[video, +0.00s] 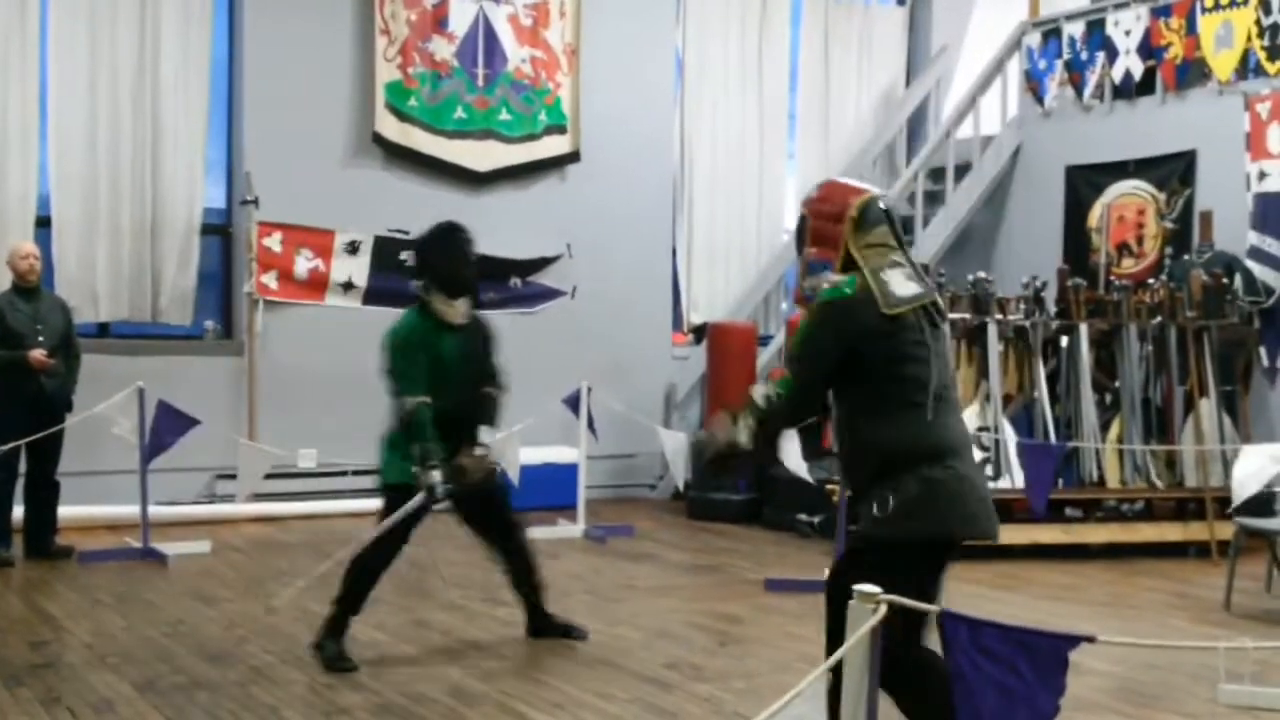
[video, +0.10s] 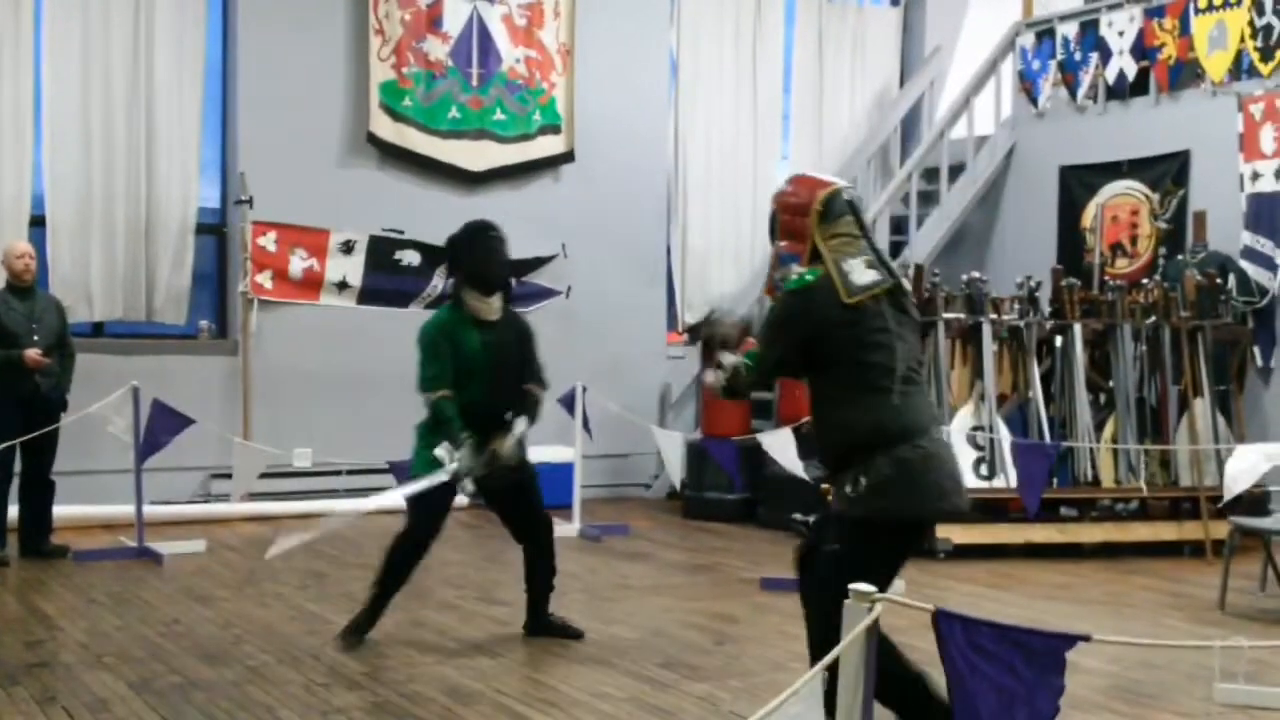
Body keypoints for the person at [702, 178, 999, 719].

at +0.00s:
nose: (806, 251)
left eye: (812, 238)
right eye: (806, 238)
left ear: (835, 240)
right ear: (873, 234)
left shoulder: (843, 303)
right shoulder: (912, 293)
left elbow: (798, 392)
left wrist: (748, 423)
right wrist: (769, 401)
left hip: (905, 501)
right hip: (947, 494)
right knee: (896, 644)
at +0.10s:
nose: (779, 245)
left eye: (784, 232)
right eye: (779, 232)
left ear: (803, 232)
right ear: (840, 225)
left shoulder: (807, 295)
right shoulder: (884, 282)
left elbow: (758, 371)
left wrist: (730, 377)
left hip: (883, 480)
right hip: (924, 470)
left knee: (832, 596)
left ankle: (929, 709)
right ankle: (842, 704)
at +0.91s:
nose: (759, 270)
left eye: (764, 261)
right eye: (761, 261)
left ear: (780, 259)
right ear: (811, 262)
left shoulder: (784, 307)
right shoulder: (828, 316)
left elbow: (722, 371)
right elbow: (767, 401)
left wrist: (681, 364)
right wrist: (697, 370)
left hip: (804, 480)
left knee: (778, 597)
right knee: (743, 553)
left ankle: (867, 702)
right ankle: (773, 674)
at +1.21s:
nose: (801, 244)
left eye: (811, 233)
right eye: (805, 232)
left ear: (831, 241)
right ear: (851, 242)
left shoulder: (840, 308)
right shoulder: (857, 305)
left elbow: (784, 372)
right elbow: (805, 367)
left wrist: (723, 353)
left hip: (841, 486)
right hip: (855, 482)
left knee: (776, 602)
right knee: (802, 594)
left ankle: (811, 696)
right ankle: (808, 685)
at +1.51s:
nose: (875, 254)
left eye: (884, 241)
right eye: (878, 240)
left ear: (907, 247)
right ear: (946, 243)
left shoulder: (909, 312)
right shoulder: (975, 306)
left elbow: (858, 385)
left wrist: (817, 404)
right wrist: (842, 380)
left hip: (929, 505)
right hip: (984, 502)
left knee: (830, 591)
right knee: (947, 615)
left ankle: (837, 708)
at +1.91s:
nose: (1034, 215)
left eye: (1042, 201)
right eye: (1037, 200)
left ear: (1066, 204)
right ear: (1101, 202)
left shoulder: (1078, 272)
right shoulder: (1144, 263)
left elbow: (1054, 377)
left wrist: (1017, 409)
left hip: (1096, 474)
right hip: (1154, 471)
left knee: (990, 567)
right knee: (1160, 621)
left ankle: (1046, 702)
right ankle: (1194, 711)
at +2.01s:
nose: (1051, 211)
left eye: (1059, 197)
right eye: (1054, 197)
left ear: (1082, 196)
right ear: (1114, 197)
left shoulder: (1097, 263)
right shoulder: (1148, 253)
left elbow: (1063, 364)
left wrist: (1029, 382)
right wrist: (1049, 363)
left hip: (1116, 467)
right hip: (1170, 463)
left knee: (1021, 573)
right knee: (1181, 622)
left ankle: (1104, 699)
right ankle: (1208, 714)